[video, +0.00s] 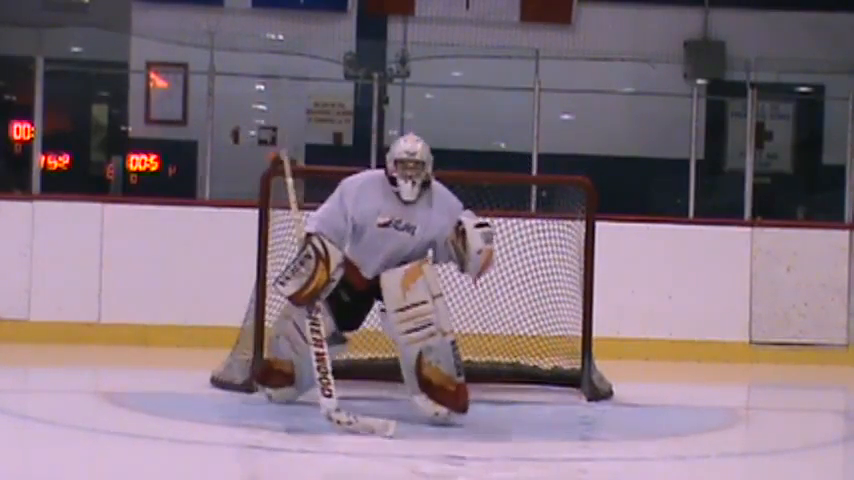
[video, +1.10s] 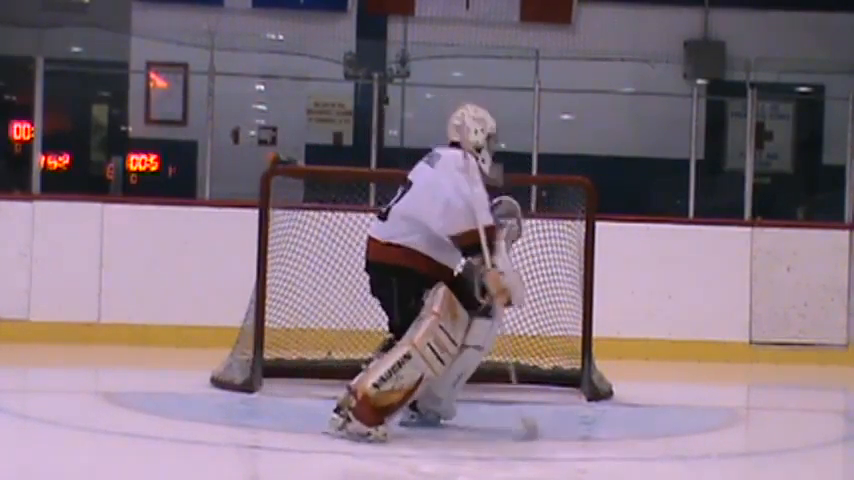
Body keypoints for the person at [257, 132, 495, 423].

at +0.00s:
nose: (410, 175)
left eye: (417, 169)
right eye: (403, 167)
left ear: (429, 170)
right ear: (390, 166)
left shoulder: (444, 206)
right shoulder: (359, 189)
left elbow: (461, 254)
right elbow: (324, 230)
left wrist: (474, 244)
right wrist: (310, 266)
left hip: (405, 278)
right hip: (354, 271)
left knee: (423, 328)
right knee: (321, 324)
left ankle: (441, 391)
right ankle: (282, 374)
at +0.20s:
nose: (441, 165)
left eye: (448, 158)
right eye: (435, 157)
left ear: (460, 160)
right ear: (421, 158)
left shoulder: (476, 197)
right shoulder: (390, 186)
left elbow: (504, 258)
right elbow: (356, 234)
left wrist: (508, 241)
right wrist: (340, 272)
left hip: (446, 278)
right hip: (391, 275)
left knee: (461, 338)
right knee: (351, 333)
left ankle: (487, 409)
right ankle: (309, 393)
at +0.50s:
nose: (452, 140)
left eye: (459, 134)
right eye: (445, 133)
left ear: (472, 137)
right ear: (434, 135)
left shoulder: (494, 176)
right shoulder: (403, 169)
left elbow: (521, 242)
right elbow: (369, 221)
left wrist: (513, 236)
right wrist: (348, 267)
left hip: (466, 271)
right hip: (407, 265)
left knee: (472, 344)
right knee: (379, 339)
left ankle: (500, 418)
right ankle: (349, 410)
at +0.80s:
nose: (460, 127)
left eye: (464, 120)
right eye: (452, 120)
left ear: (471, 123)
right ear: (433, 123)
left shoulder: (479, 167)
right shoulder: (407, 157)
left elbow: (483, 227)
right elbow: (366, 199)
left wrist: (515, 220)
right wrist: (379, 236)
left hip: (457, 275)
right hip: (413, 270)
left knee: (491, 337)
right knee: (404, 344)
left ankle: (497, 411)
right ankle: (364, 411)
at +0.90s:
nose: (474, 127)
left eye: (477, 120)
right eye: (467, 120)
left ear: (477, 122)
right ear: (445, 121)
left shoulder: (474, 172)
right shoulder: (418, 151)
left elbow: (469, 228)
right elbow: (394, 198)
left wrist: (502, 223)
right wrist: (407, 248)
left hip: (440, 261)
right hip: (390, 252)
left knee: (457, 331)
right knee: (409, 332)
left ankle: (449, 407)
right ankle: (368, 408)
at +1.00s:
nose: (483, 130)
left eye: (484, 123)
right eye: (478, 123)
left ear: (461, 124)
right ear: (461, 122)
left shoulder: (468, 166)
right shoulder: (438, 151)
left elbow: (462, 224)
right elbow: (434, 214)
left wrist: (492, 225)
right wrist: (444, 265)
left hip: (415, 253)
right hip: (389, 249)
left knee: (425, 328)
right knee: (408, 331)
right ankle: (364, 405)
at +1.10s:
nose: (492, 145)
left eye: (491, 138)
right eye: (491, 138)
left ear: (454, 134)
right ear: (482, 139)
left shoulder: (434, 158)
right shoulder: (464, 167)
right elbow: (473, 234)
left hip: (381, 250)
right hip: (409, 257)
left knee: (406, 333)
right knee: (418, 337)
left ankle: (356, 405)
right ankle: (360, 409)